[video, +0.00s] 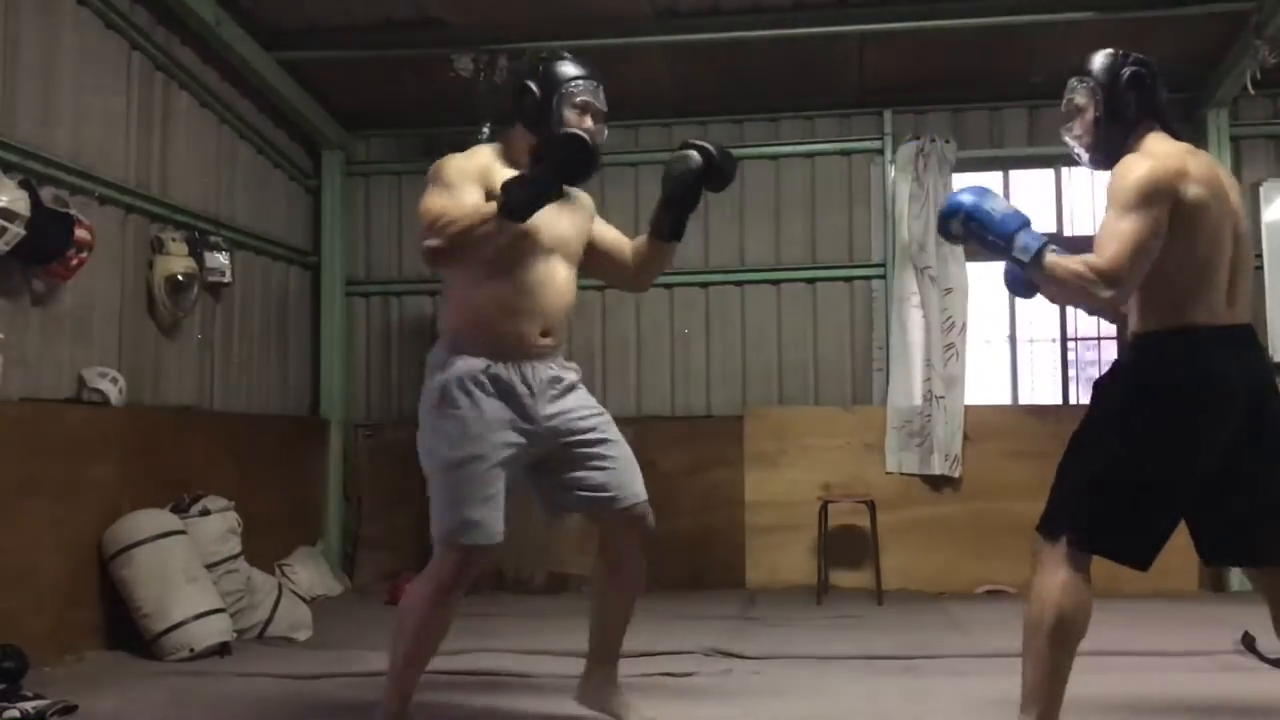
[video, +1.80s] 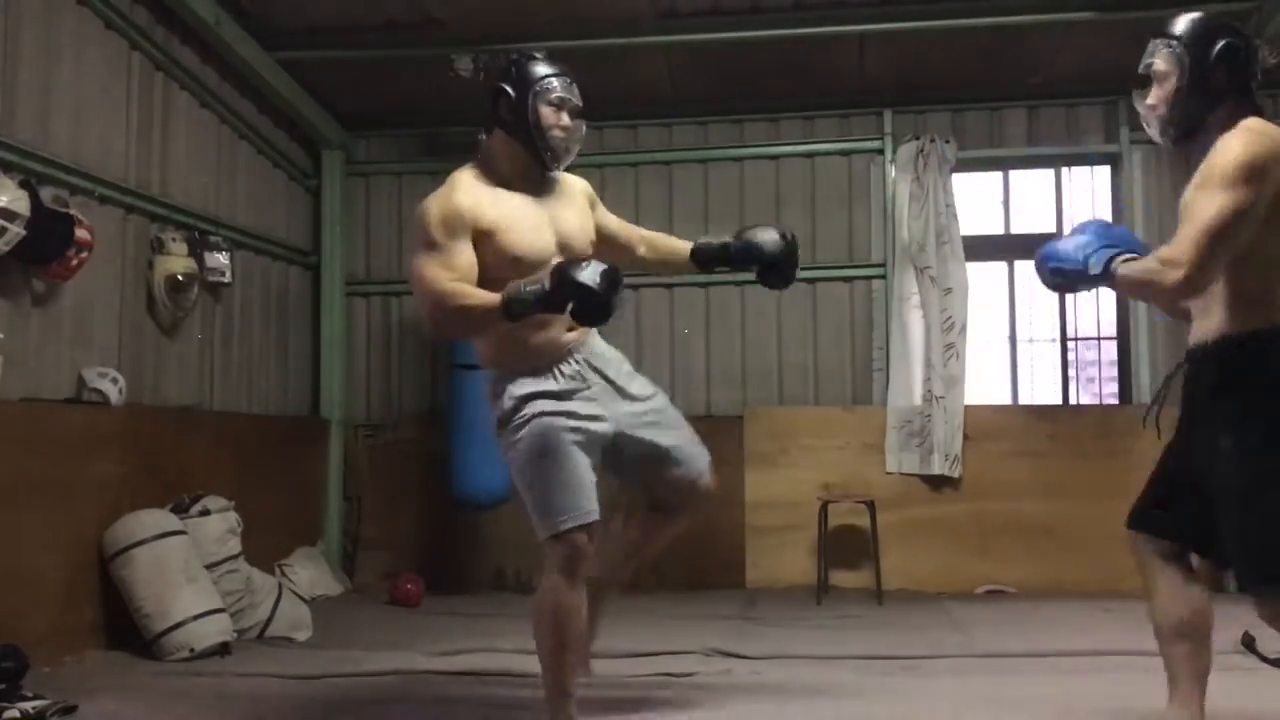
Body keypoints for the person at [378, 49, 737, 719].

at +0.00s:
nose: (592, 130)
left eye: (599, 119)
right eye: (581, 112)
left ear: (595, 130)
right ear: (536, 108)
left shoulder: (577, 206)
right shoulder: (468, 168)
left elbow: (638, 271)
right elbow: (437, 245)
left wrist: (677, 201)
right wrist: (537, 187)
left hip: (556, 381)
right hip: (471, 382)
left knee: (630, 517)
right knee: (465, 547)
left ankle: (600, 681)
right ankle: (394, 704)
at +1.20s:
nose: (582, 105)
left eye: (587, 93)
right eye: (568, 90)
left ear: (587, 103)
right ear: (522, 93)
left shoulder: (588, 174)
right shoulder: (469, 171)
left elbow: (667, 219)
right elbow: (424, 267)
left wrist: (736, 175)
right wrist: (518, 240)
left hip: (603, 370)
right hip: (527, 382)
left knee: (662, 518)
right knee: (566, 537)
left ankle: (653, 692)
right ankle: (502, 689)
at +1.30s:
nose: (554, 123)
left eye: (559, 110)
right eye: (539, 108)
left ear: (563, 118)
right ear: (494, 107)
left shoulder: (572, 191)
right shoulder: (442, 186)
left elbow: (648, 263)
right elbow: (439, 255)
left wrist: (730, 318)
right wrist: (525, 195)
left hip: (615, 346)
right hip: (545, 389)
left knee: (762, 417)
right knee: (586, 553)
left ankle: (749, 552)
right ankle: (559, 711)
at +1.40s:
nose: (553, 134)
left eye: (556, 121)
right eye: (540, 120)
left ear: (556, 127)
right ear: (496, 119)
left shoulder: (568, 194)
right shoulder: (436, 191)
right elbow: (460, 236)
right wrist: (541, 174)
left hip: (626, 323)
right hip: (565, 391)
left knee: (768, 290)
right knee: (591, 558)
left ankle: (922, 329)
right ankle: (564, 710)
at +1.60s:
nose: (568, 129)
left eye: (572, 116)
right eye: (553, 112)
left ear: (572, 122)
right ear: (504, 112)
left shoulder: (568, 187)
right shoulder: (448, 196)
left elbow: (637, 275)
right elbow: (457, 288)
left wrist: (706, 345)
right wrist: (551, 242)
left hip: (615, 326)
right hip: (557, 390)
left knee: (751, 281)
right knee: (593, 550)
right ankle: (566, 710)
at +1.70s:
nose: (569, 125)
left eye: (574, 113)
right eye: (553, 110)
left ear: (577, 120)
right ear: (506, 112)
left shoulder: (569, 188)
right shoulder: (450, 204)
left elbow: (632, 249)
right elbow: (448, 304)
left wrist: (728, 287)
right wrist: (548, 283)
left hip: (613, 342)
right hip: (546, 393)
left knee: (753, 376)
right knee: (580, 547)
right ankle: (563, 709)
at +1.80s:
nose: (571, 123)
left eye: (575, 111)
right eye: (555, 108)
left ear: (578, 120)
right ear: (508, 112)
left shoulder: (572, 191)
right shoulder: (454, 204)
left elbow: (636, 245)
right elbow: (443, 308)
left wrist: (725, 253)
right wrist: (536, 295)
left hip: (599, 366)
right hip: (533, 390)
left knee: (689, 479)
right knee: (572, 549)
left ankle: (592, 583)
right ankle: (561, 709)